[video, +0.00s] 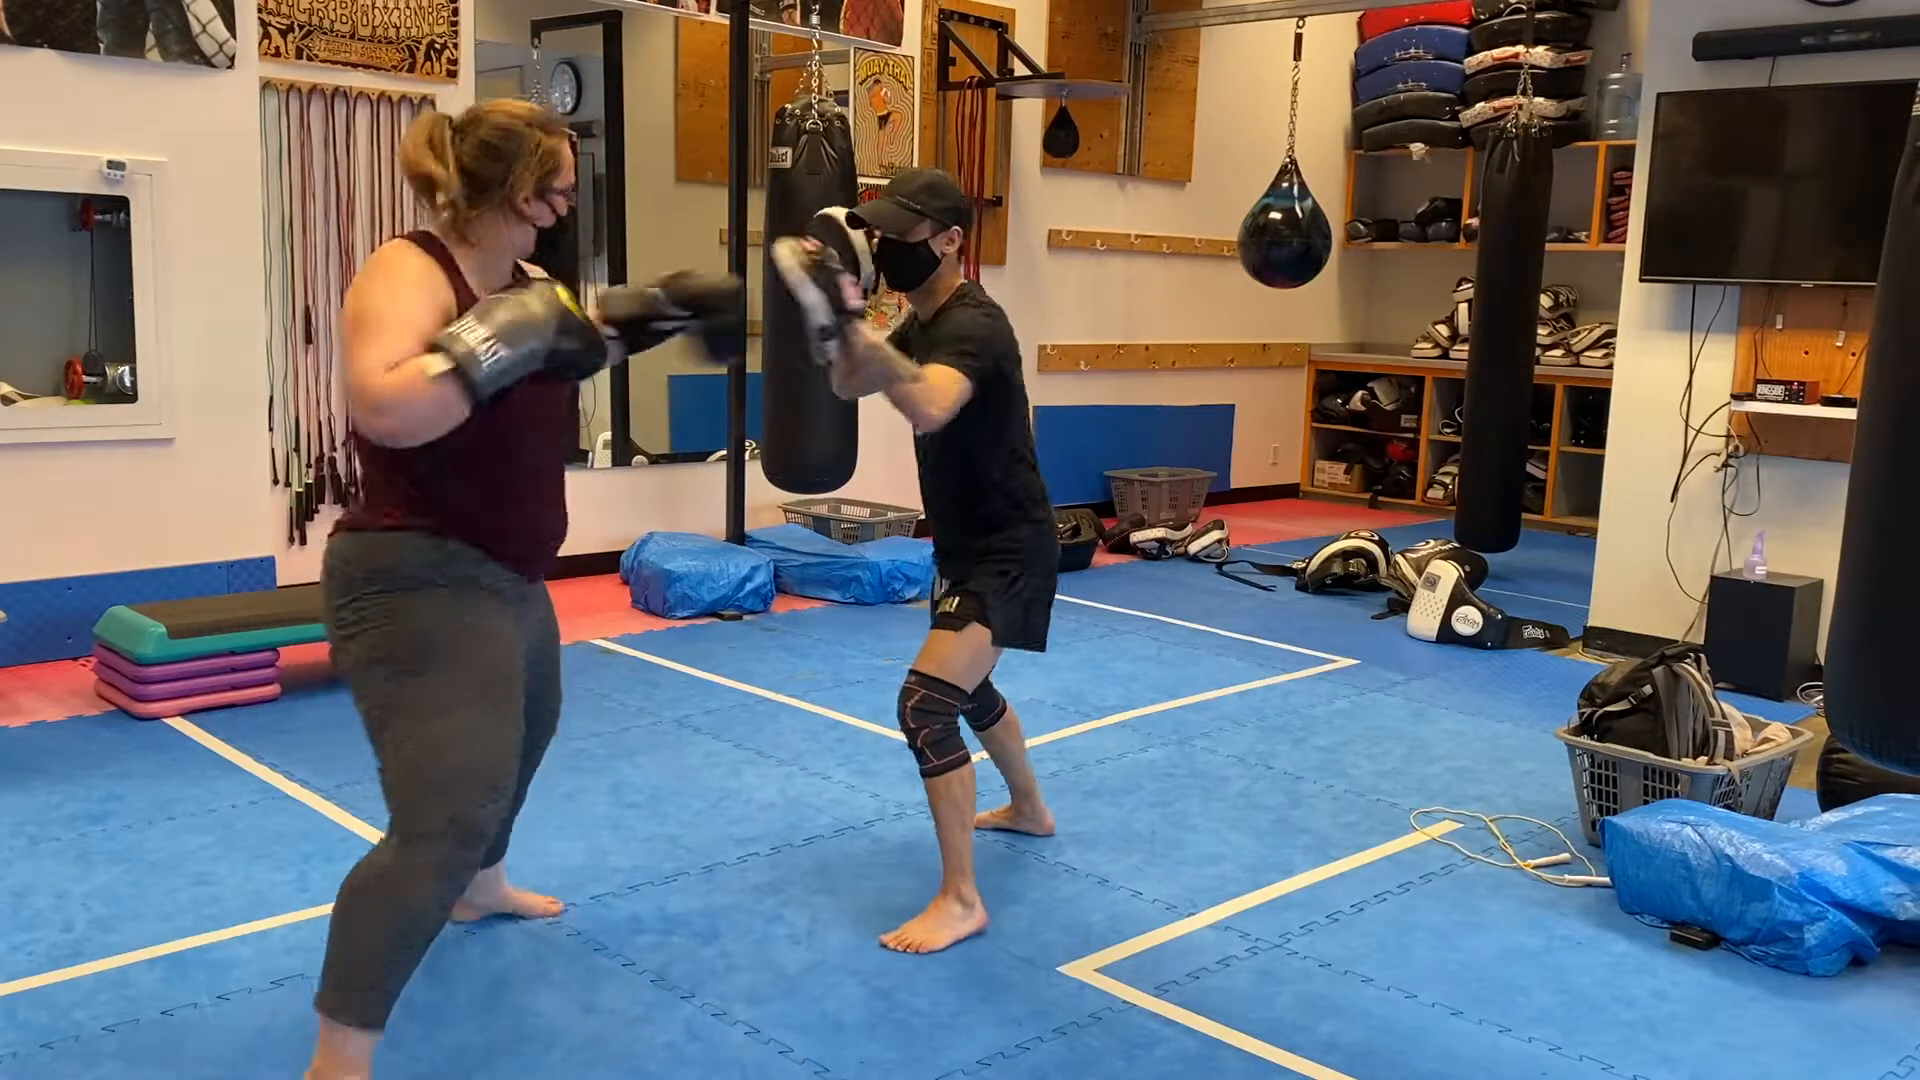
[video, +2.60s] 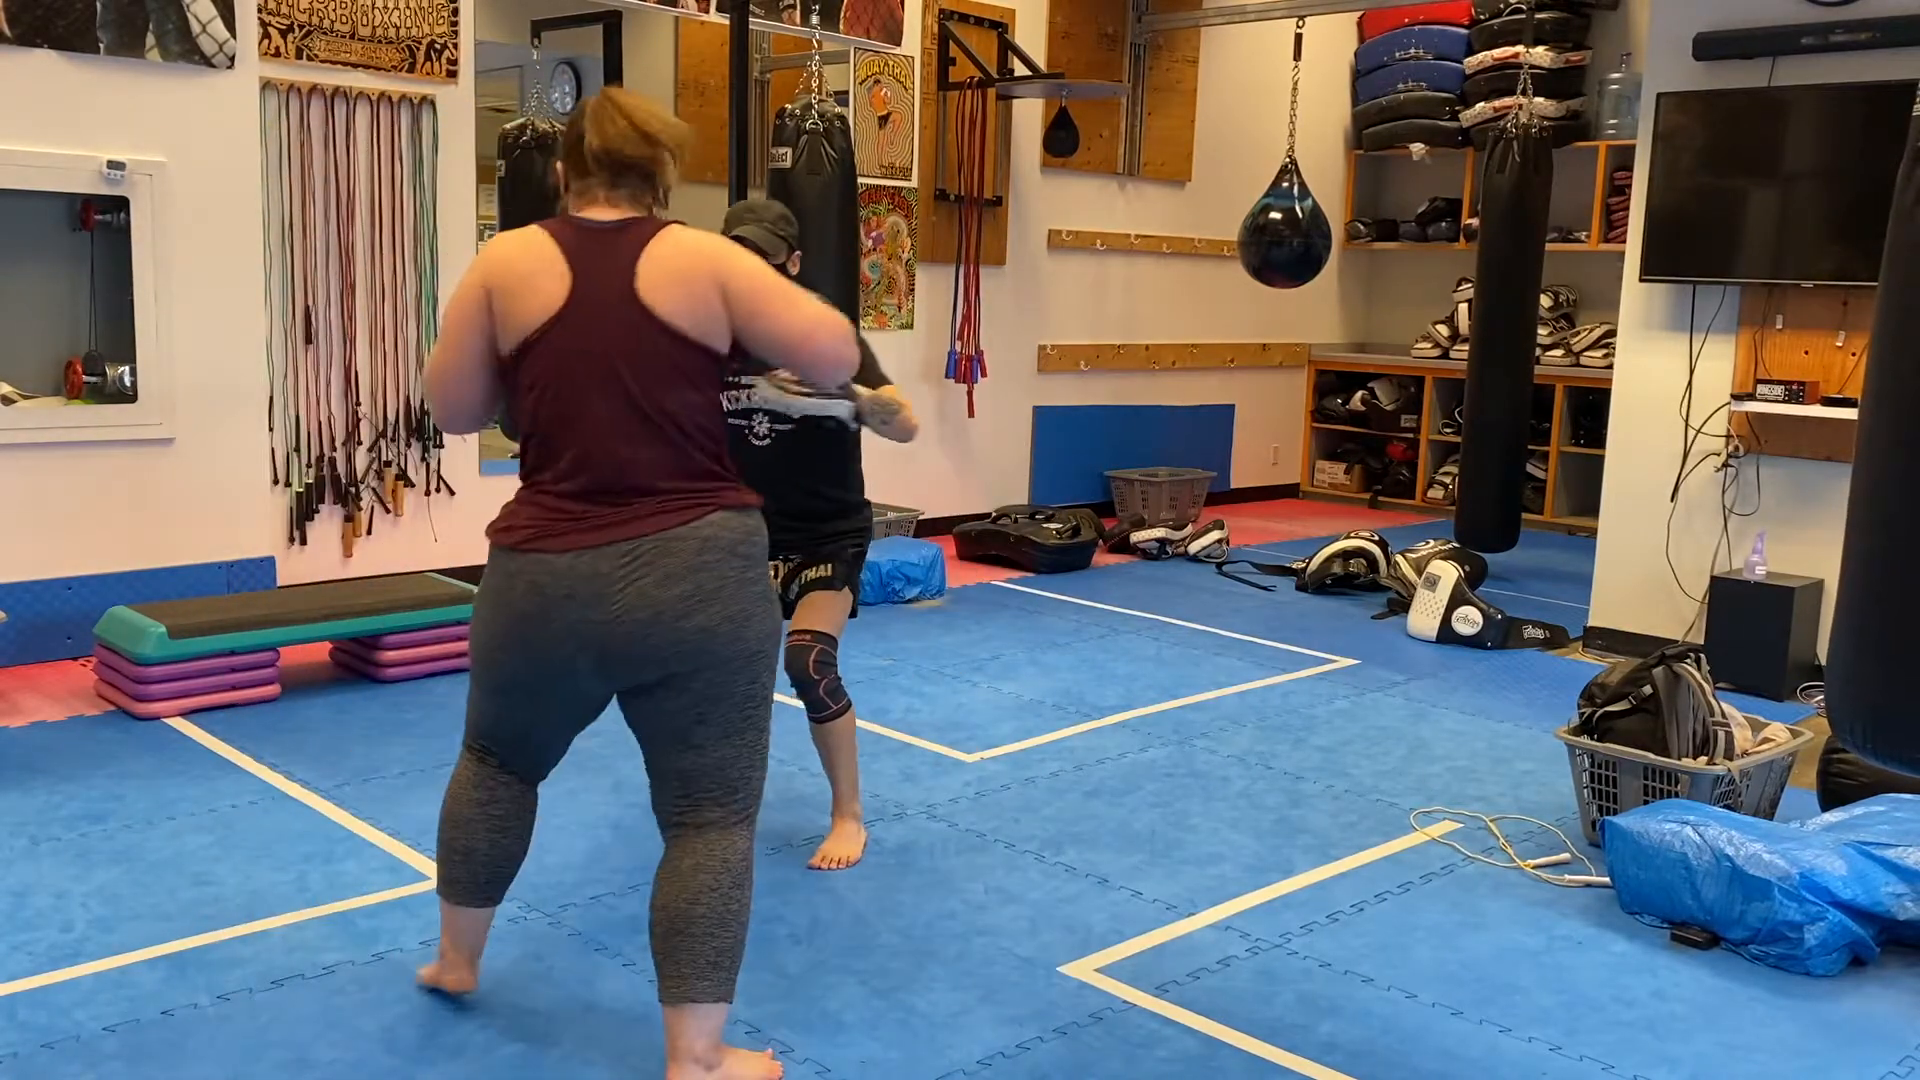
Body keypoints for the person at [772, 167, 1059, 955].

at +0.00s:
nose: (886, 252)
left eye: (899, 240)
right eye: (883, 239)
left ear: (949, 240)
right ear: (902, 242)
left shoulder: (975, 320)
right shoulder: (915, 311)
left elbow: (933, 406)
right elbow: (851, 385)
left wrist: (864, 336)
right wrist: (837, 317)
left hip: (1009, 546)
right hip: (962, 541)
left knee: (925, 707)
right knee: (968, 687)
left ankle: (961, 898)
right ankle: (1029, 807)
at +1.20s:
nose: (822, 271)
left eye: (835, 259)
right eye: (823, 258)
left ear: (882, 263)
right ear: (869, 264)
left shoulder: (948, 347)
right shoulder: (846, 348)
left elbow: (957, 460)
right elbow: (785, 442)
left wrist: (865, 399)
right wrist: (744, 374)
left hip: (986, 543)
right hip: (924, 543)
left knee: (922, 705)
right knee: (905, 690)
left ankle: (964, 901)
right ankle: (1009, 782)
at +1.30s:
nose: (812, 293)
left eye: (826, 282)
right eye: (812, 281)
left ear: (873, 285)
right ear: (855, 286)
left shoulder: (935, 365)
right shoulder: (837, 361)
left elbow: (939, 478)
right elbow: (780, 459)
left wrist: (848, 412)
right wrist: (738, 407)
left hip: (963, 562)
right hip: (902, 558)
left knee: (894, 725)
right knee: (845, 694)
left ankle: (963, 903)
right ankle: (963, 769)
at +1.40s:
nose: (794, 292)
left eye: (808, 281)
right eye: (795, 280)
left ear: (858, 284)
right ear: (837, 285)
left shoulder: (914, 367)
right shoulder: (817, 357)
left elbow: (903, 475)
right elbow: (756, 449)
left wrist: (821, 404)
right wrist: (721, 390)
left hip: (935, 566)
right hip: (873, 560)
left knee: (877, 728)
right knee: (798, 672)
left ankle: (962, 900)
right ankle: (879, 770)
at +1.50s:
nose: (775, 270)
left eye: (790, 257)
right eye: (776, 256)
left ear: (842, 262)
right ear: (821, 263)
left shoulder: (884, 349)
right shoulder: (792, 338)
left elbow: (871, 449)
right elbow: (729, 421)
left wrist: (799, 386)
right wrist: (713, 363)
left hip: (896, 548)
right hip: (834, 542)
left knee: (878, 713)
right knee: (766, 647)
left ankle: (958, 893)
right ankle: (780, 751)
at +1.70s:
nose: (734, 278)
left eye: (747, 267)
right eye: (732, 265)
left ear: (791, 270)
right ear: (746, 269)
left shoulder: (826, 348)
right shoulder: (729, 340)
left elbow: (830, 438)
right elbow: (655, 399)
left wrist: (755, 385)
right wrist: (637, 343)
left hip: (834, 535)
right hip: (765, 534)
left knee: (813, 661)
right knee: (697, 652)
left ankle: (862, 825)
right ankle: (737, 751)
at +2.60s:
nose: (744, 274)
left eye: (757, 260)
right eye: (736, 260)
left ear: (791, 260)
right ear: (723, 258)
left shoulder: (825, 331)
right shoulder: (713, 329)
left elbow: (903, 424)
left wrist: (838, 393)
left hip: (828, 524)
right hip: (743, 525)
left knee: (809, 659)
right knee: (721, 662)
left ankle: (847, 815)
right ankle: (714, 813)